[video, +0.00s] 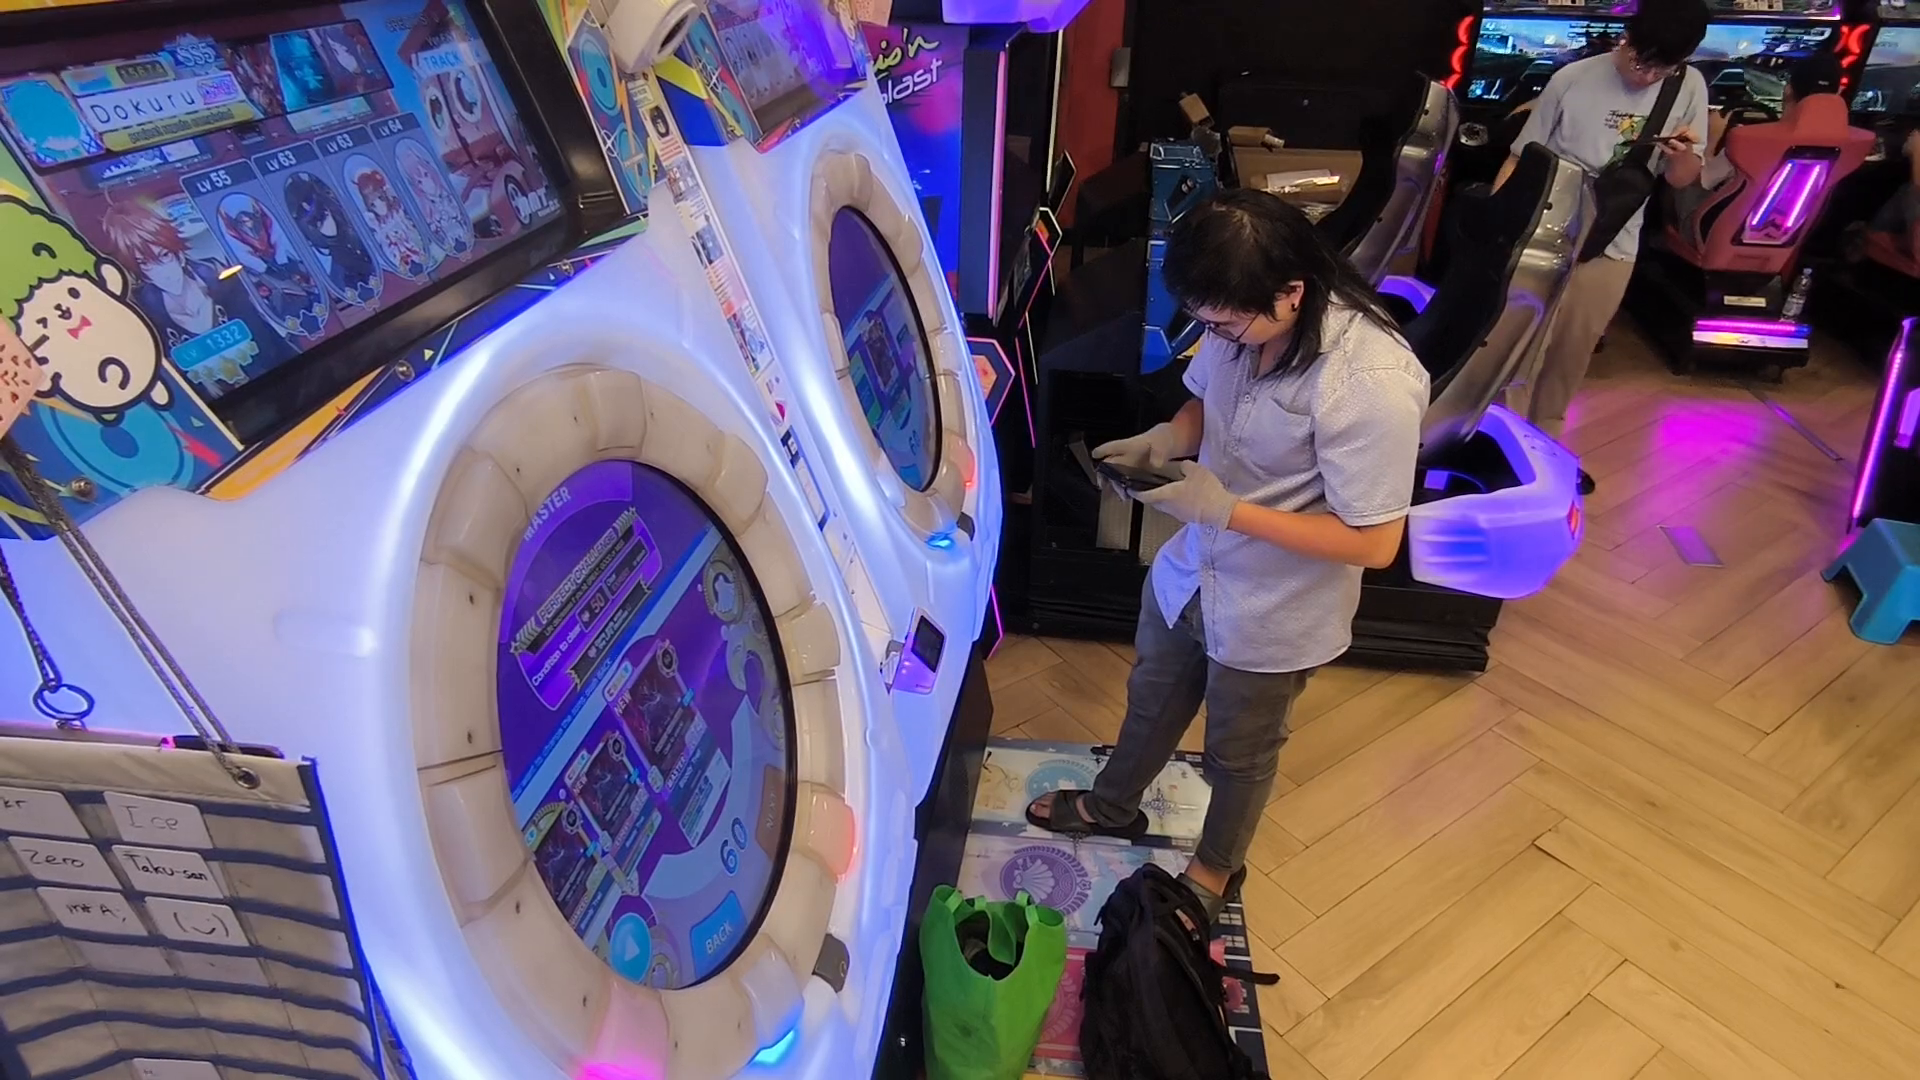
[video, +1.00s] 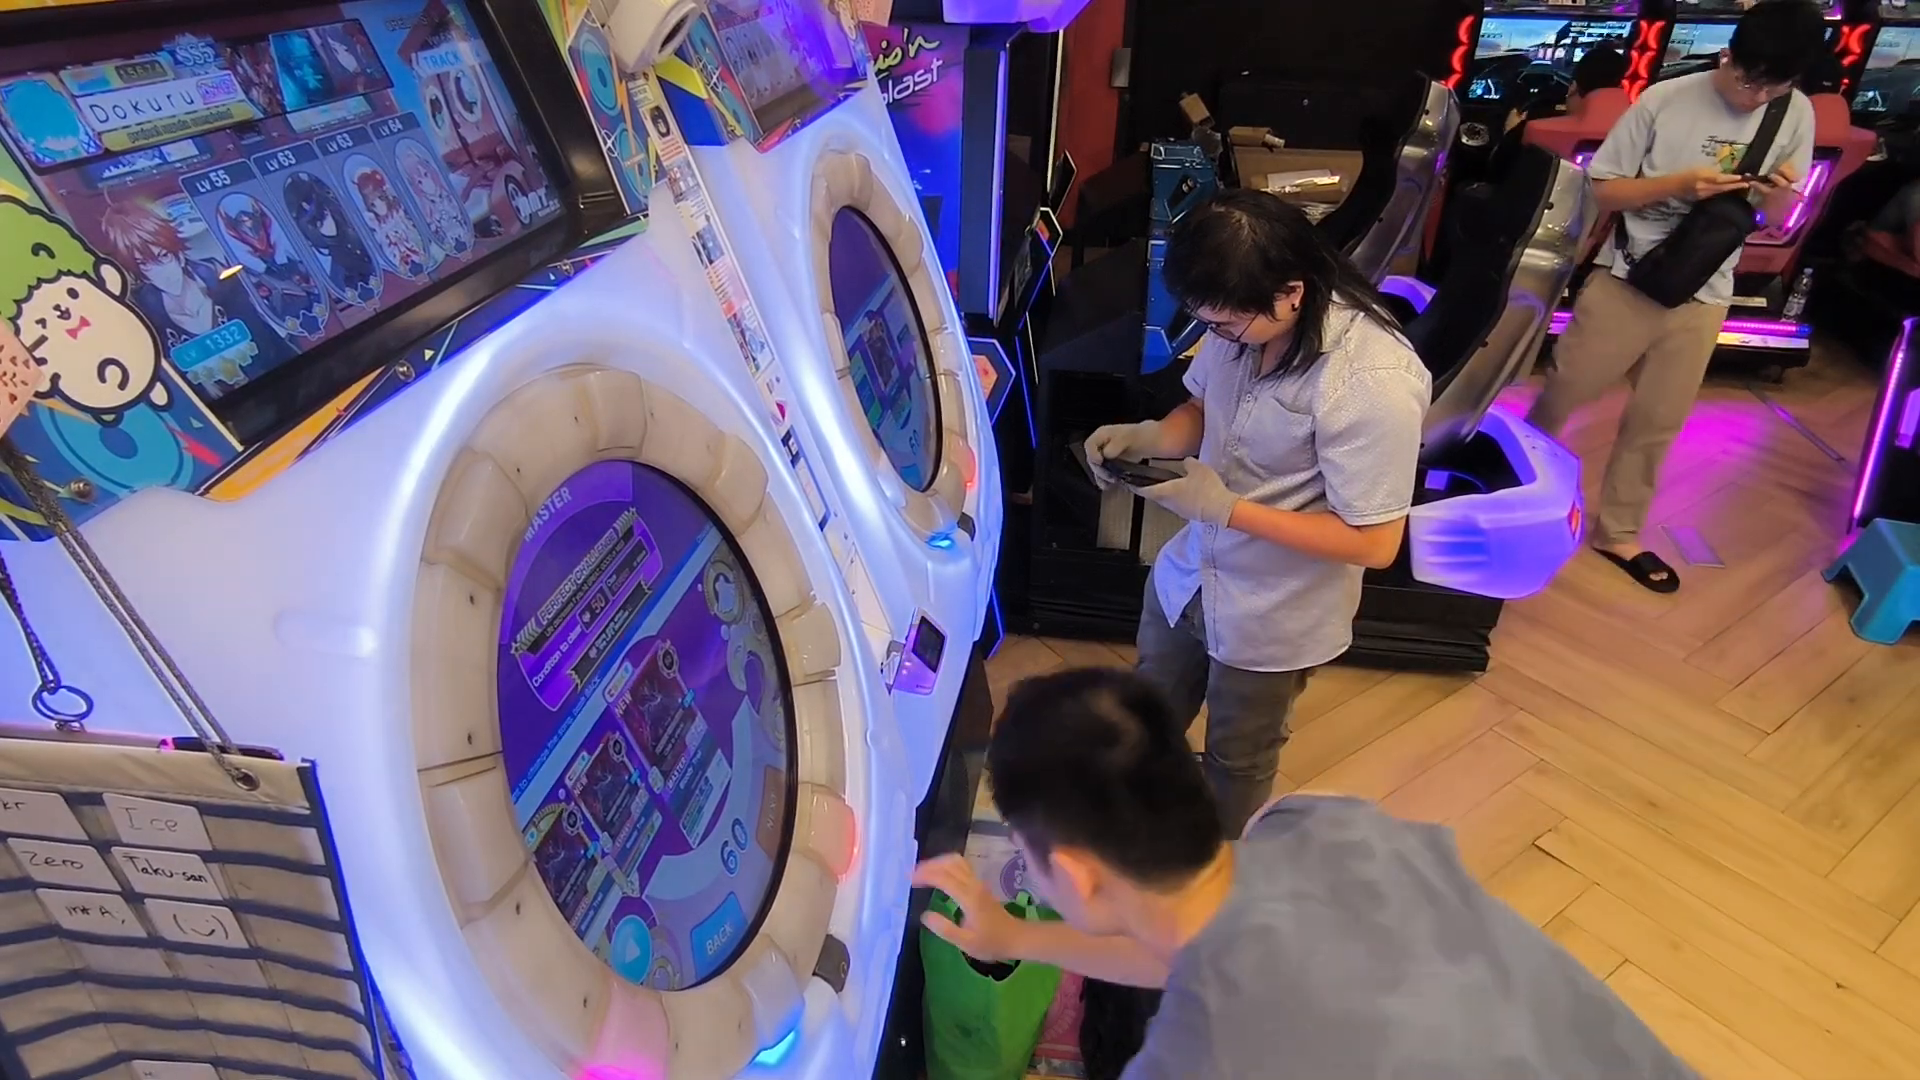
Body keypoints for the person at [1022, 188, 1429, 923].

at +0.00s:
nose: (1217, 333)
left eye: (1231, 320)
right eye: (1209, 319)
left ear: (1291, 295)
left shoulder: (1370, 387)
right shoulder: (1238, 322)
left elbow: (1375, 542)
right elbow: (1203, 408)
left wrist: (1231, 511)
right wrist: (1164, 443)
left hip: (1274, 604)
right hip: (1190, 560)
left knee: (1238, 751)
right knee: (1153, 694)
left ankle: (1214, 869)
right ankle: (1114, 802)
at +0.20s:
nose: (1217, 331)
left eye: (1230, 319)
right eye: (1209, 317)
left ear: (1291, 295)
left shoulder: (1371, 387)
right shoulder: (1239, 322)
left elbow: (1374, 542)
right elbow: (1203, 410)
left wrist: (1230, 510)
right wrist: (1160, 444)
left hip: (1275, 606)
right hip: (1191, 561)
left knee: (1239, 751)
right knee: (1153, 695)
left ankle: (1214, 870)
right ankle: (1113, 803)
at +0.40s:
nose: (1216, 332)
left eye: (1230, 319)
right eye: (1209, 317)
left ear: (1291, 295)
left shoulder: (1370, 386)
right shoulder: (1238, 323)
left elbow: (1374, 542)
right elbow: (1204, 406)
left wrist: (1231, 510)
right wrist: (1166, 443)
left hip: (1275, 604)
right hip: (1191, 560)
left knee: (1239, 751)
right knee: (1153, 695)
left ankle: (1214, 870)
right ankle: (1112, 804)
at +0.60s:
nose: (1215, 331)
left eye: (1230, 318)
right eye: (1207, 317)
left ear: (1291, 295)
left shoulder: (1371, 385)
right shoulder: (1239, 322)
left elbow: (1374, 543)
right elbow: (1206, 411)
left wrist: (1231, 511)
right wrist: (1161, 439)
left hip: (1275, 606)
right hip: (1192, 561)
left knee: (1239, 753)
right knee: (1154, 693)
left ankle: (1214, 869)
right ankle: (1114, 802)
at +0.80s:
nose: (1215, 335)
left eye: (1227, 322)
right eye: (1206, 321)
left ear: (1289, 296)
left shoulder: (1369, 380)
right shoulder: (1243, 318)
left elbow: (1373, 543)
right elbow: (1205, 411)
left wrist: (1227, 510)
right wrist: (1157, 438)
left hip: (1279, 628)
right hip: (1191, 582)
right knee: (1162, 698)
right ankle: (1132, 799)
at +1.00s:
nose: (1215, 333)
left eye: (1229, 321)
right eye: (1208, 318)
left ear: (1290, 296)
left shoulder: (1369, 382)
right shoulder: (1239, 313)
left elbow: (1375, 542)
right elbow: (1199, 411)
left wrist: (1228, 510)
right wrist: (1151, 439)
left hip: (1273, 607)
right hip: (1191, 565)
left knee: (1236, 757)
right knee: (1145, 720)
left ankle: (1213, 866)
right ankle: (1114, 835)